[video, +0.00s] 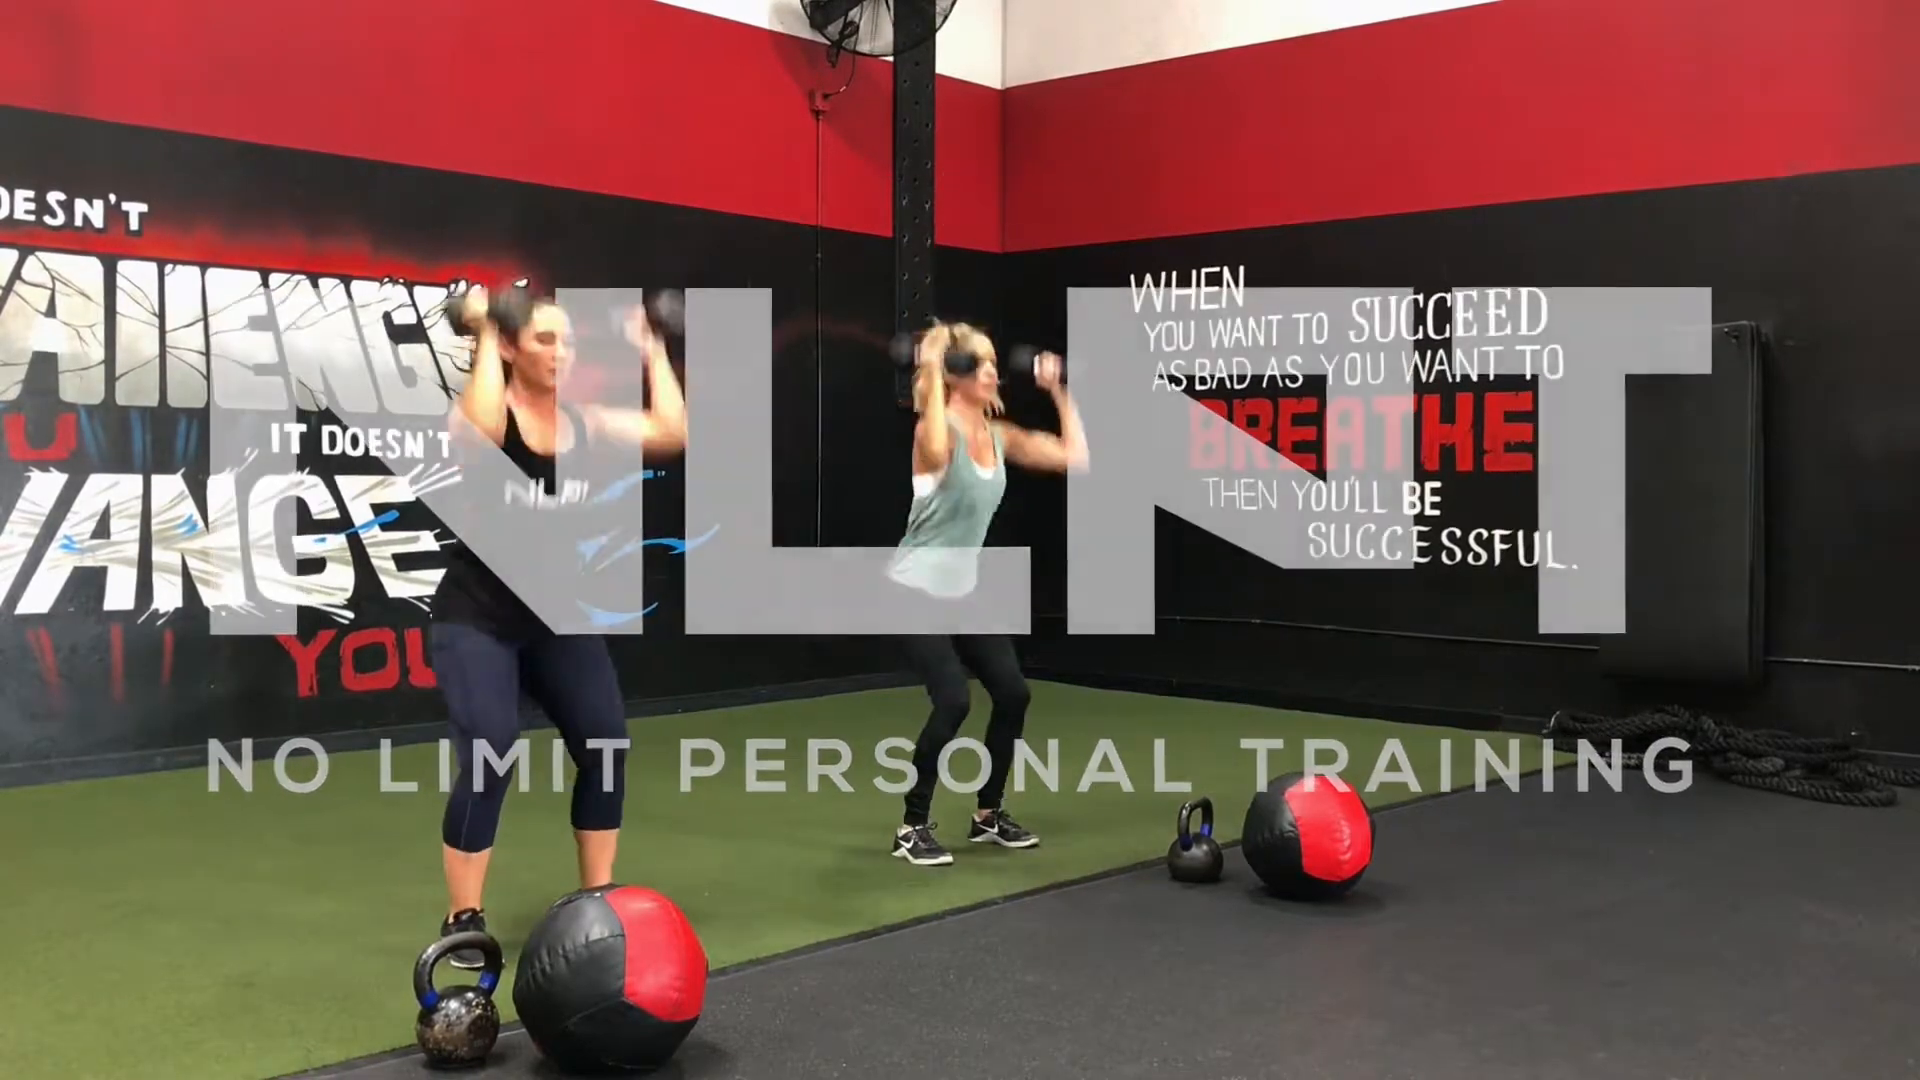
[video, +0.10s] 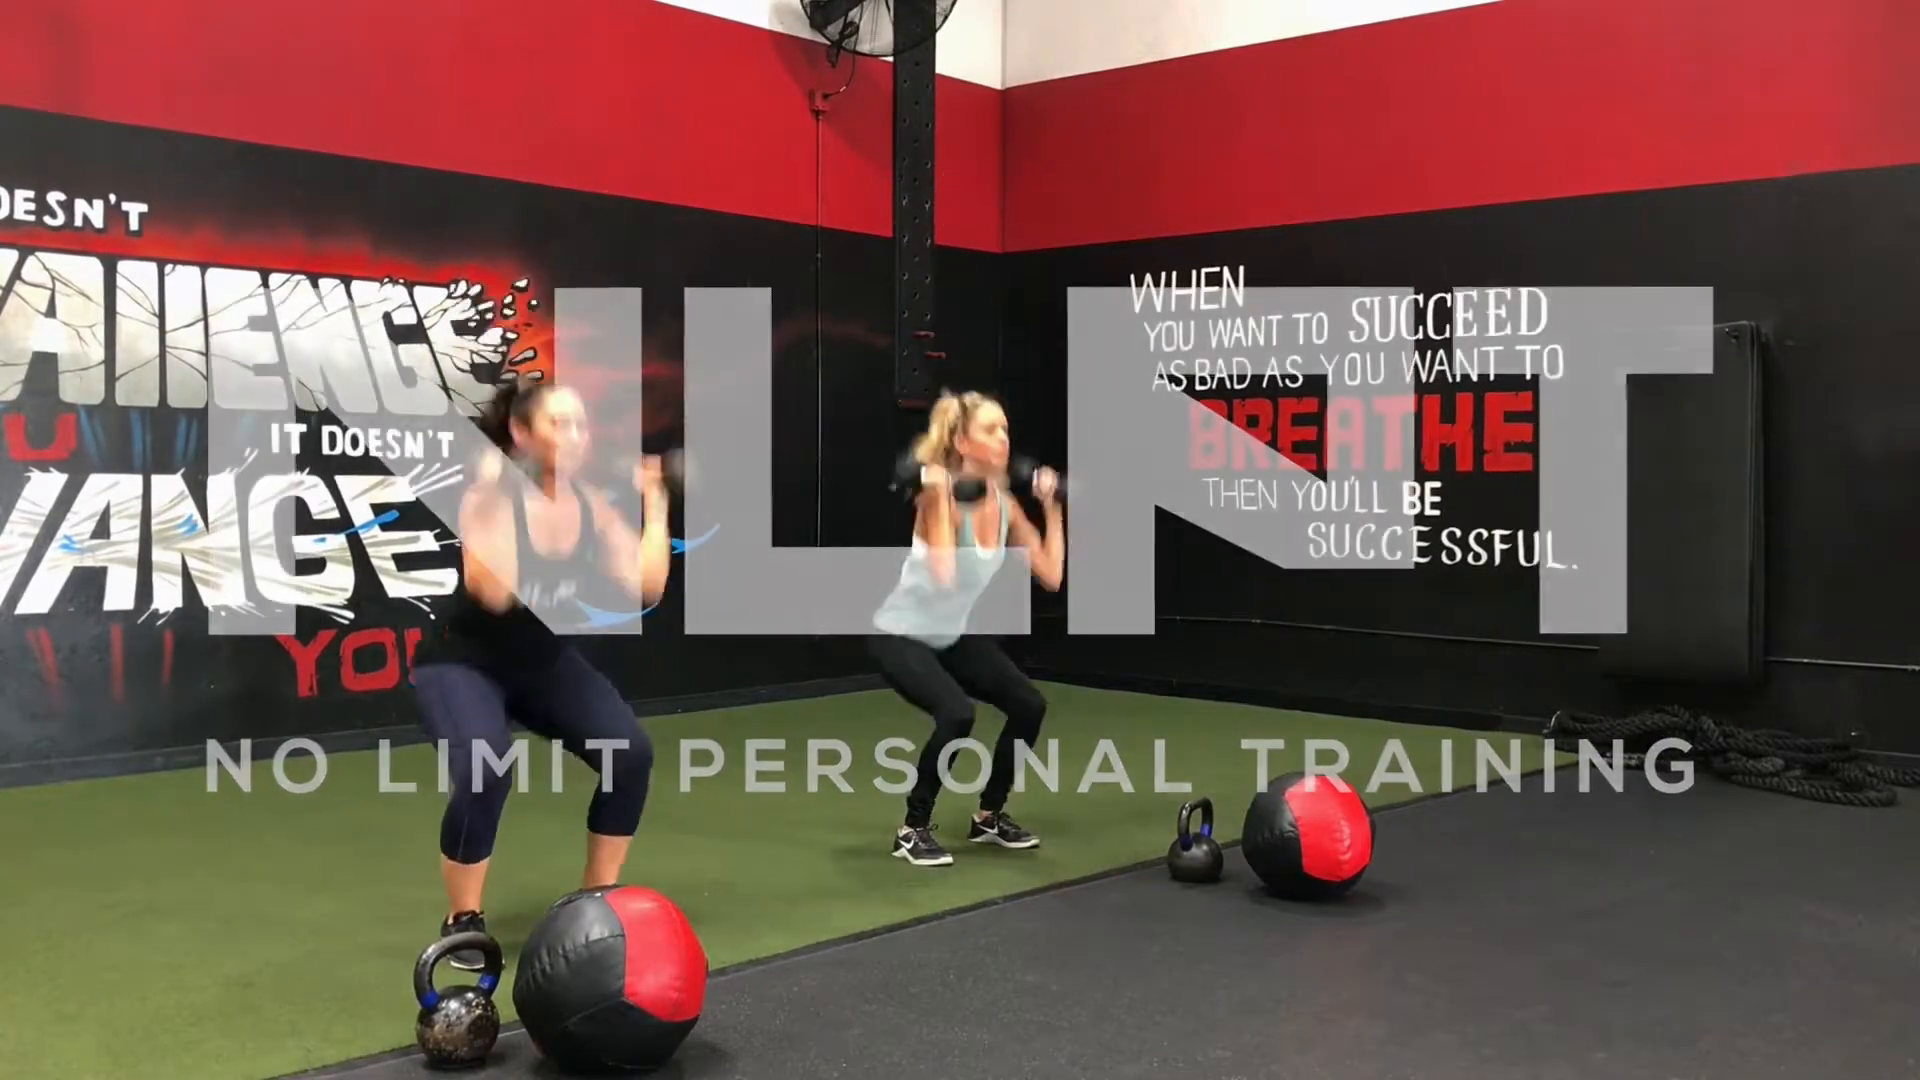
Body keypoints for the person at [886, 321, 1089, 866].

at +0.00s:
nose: (997, 376)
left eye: (995, 367)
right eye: (987, 368)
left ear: (984, 375)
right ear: (959, 377)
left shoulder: (997, 434)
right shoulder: (936, 433)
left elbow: (1073, 456)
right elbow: (934, 450)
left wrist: (1059, 392)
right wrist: (932, 370)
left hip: (967, 594)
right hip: (915, 594)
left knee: (1012, 695)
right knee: (953, 701)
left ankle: (988, 814)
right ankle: (913, 826)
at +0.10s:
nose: (1003, 440)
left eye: (1004, 430)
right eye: (992, 431)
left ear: (1005, 439)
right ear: (962, 442)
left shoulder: (1004, 503)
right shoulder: (939, 497)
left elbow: (1051, 574)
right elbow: (943, 573)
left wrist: (1051, 507)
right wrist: (940, 496)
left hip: (951, 639)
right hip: (898, 638)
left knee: (1028, 705)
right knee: (957, 713)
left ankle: (989, 815)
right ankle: (914, 828)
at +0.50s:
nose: (999, 389)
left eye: (1000, 380)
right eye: (987, 380)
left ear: (1000, 389)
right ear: (957, 388)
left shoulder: (1002, 452)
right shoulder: (937, 443)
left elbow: (1066, 510)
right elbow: (938, 502)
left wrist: (1057, 442)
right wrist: (934, 421)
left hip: (961, 608)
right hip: (909, 606)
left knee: (1021, 696)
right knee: (950, 705)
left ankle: (989, 815)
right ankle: (913, 827)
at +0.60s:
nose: (987, 344)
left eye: (990, 336)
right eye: (977, 334)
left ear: (990, 345)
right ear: (948, 340)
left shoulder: (995, 400)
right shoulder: (931, 400)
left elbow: (1075, 398)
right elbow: (931, 371)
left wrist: (1061, 329)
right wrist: (930, 299)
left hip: (978, 569)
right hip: (927, 569)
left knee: (990, 684)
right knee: (934, 687)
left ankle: (987, 814)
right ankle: (911, 826)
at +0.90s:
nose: (993, 348)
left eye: (995, 340)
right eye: (982, 338)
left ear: (995, 351)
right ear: (951, 345)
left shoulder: (1000, 403)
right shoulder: (939, 405)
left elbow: (1077, 382)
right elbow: (933, 365)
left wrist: (1070, 309)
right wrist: (930, 291)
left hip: (982, 574)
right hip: (932, 573)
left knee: (1004, 685)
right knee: (948, 691)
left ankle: (988, 814)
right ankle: (912, 825)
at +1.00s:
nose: (1004, 395)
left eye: (1006, 386)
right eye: (993, 386)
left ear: (1007, 394)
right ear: (966, 393)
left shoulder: (1008, 454)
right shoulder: (945, 446)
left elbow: (1080, 493)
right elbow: (945, 494)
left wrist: (1069, 425)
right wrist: (939, 416)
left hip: (963, 608)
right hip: (911, 605)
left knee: (1026, 699)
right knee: (957, 706)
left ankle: (989, 816)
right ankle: (914, 828)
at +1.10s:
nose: (1017, 463)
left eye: (1019, 453)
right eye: (1005, 453)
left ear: (1018, 464)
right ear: (974, 462)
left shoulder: (1010, 524)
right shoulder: (948, 519)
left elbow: (1056, 597)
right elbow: (944, 600)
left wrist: (1061, 533)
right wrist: (948, 523)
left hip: (952, 651)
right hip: (899, 652)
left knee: (1034, 710)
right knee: (960, 720)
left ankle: (989, 818)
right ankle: (915, 829)